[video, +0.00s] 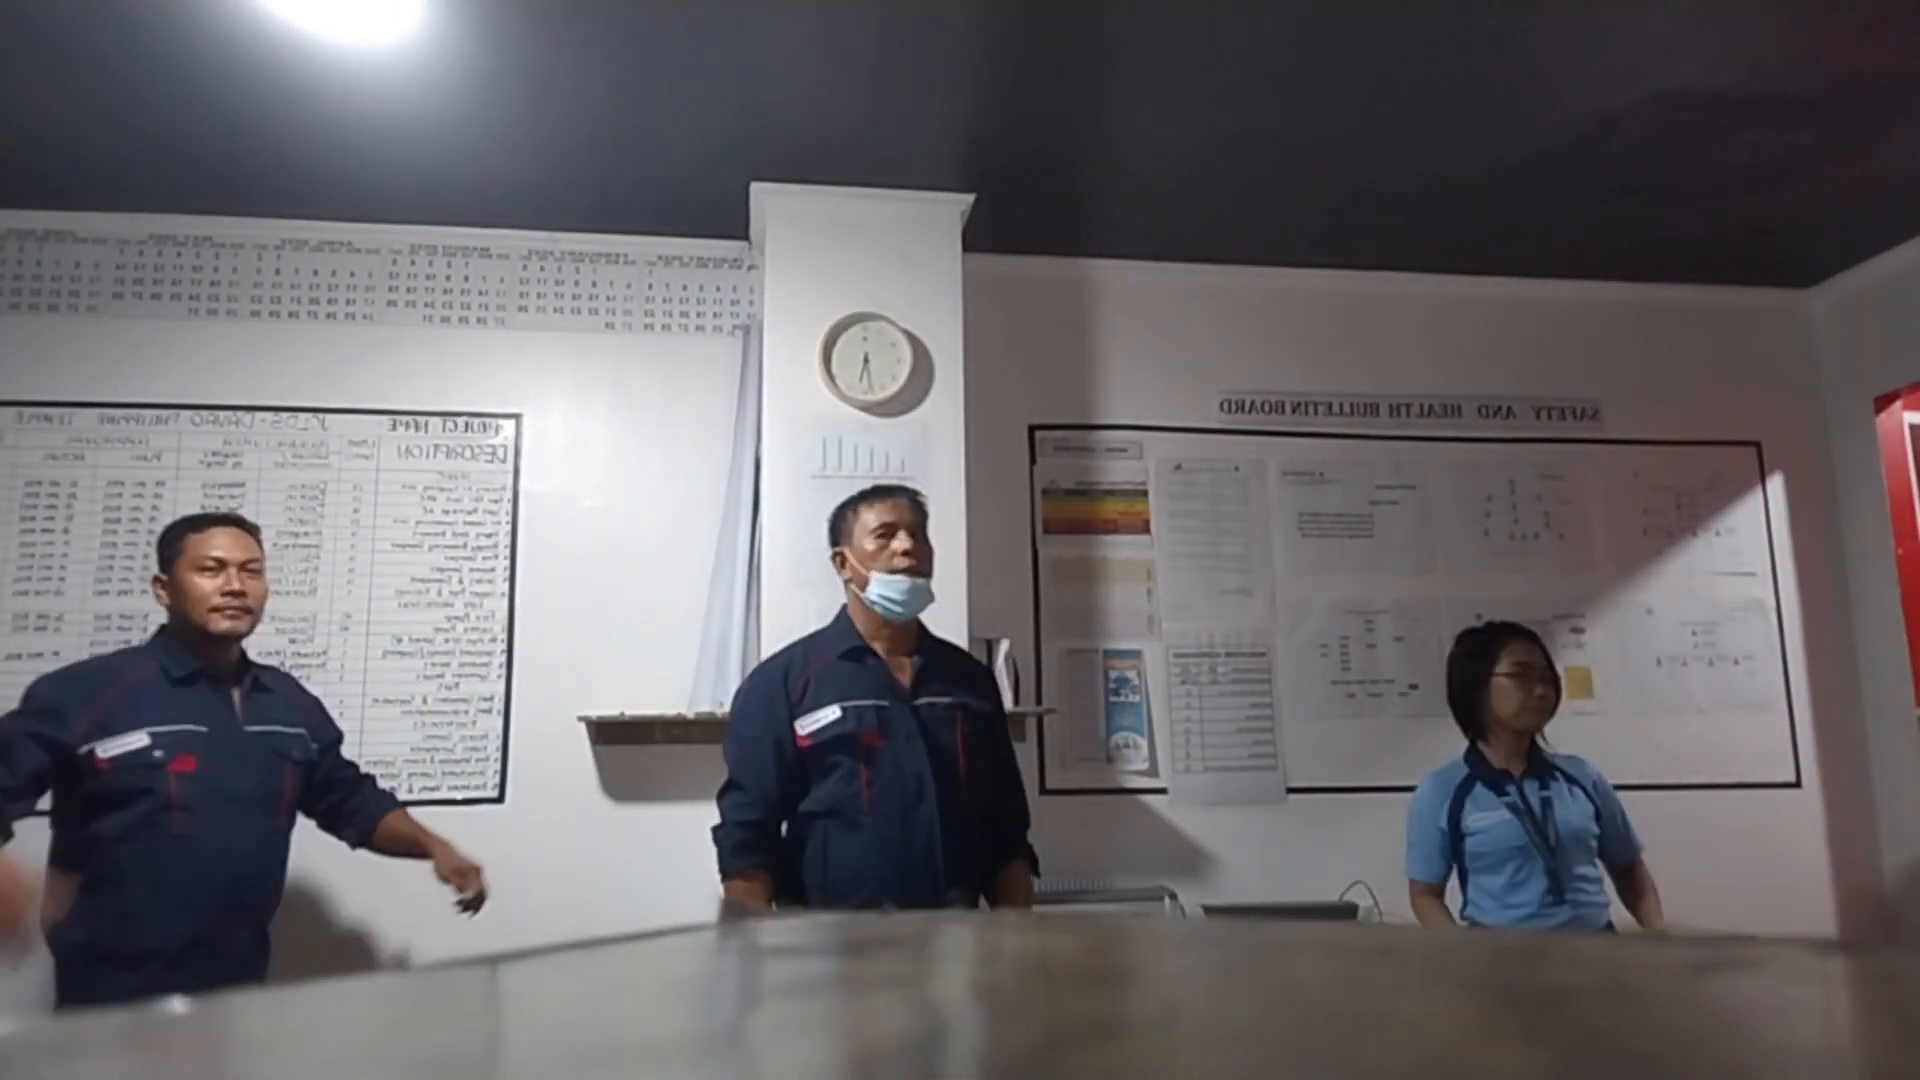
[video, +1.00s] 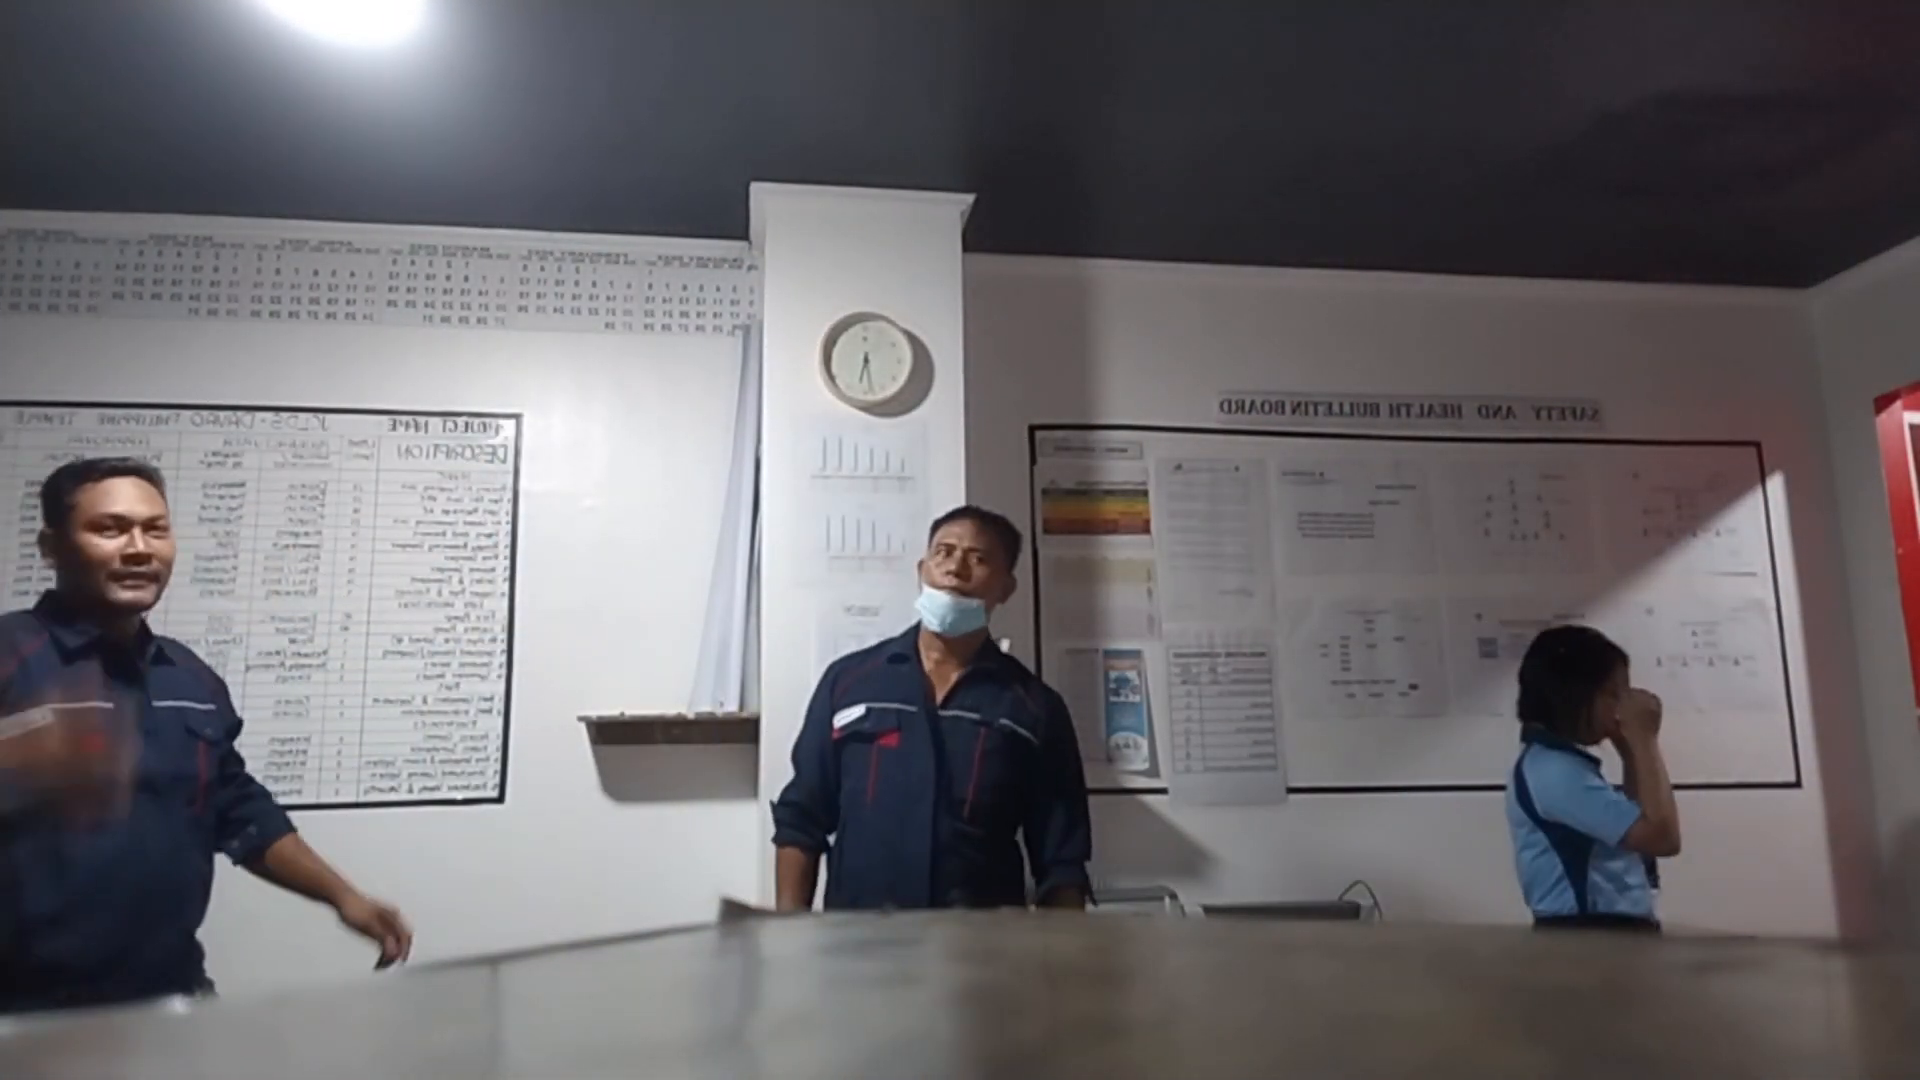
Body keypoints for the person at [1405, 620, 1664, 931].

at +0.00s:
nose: (1540, 688)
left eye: (1547, 676)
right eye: (1521, 675)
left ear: (1557, 687)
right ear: (1476, 686)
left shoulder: (1581, 778)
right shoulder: (1444, 791)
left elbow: (1629, 871)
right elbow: (1425, 897)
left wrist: (1659, 942)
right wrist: (1468, 957)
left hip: (1596, 962)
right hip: (1501, 966)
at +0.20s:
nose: (1563, 694)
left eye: (1564, 682)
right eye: (1548, 679)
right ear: (1503, 684)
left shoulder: (1559, 781)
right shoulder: (1459, 786)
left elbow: (1604, 862)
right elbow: (1445, 892)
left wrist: (1677, 861)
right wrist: (1530, 939)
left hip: (1594, 961)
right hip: (1523, 969)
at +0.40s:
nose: (1572, 705)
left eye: (1574, 691)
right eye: (1561, 688)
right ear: (1521, 686)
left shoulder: (1541, 773)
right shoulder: (1487, 770)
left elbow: (1617, 826)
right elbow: (1482, 882)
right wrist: (1595, 921)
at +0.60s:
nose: (1585, 708)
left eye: (1587, 698)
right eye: (1578, 694)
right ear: (1541, 689)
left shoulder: (1535, 766)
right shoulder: (1517, 770)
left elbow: (1605, 828)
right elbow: (1532, 882)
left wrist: (1613, 742)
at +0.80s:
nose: (1595, 707)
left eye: (1595, 695)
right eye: (1588, 694)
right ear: (1552, 692)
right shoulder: (1532, 773)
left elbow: (1601, 850)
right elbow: (1626, 856)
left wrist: (1609, 766)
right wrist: (1645, 761)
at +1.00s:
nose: (1622, 708)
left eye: (1623, 695)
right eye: (1613, 695)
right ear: (1575, 694)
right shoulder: (1551, 772)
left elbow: (1638, 833)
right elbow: (1662, 838)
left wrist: (1631, 752)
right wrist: (1645, 739)